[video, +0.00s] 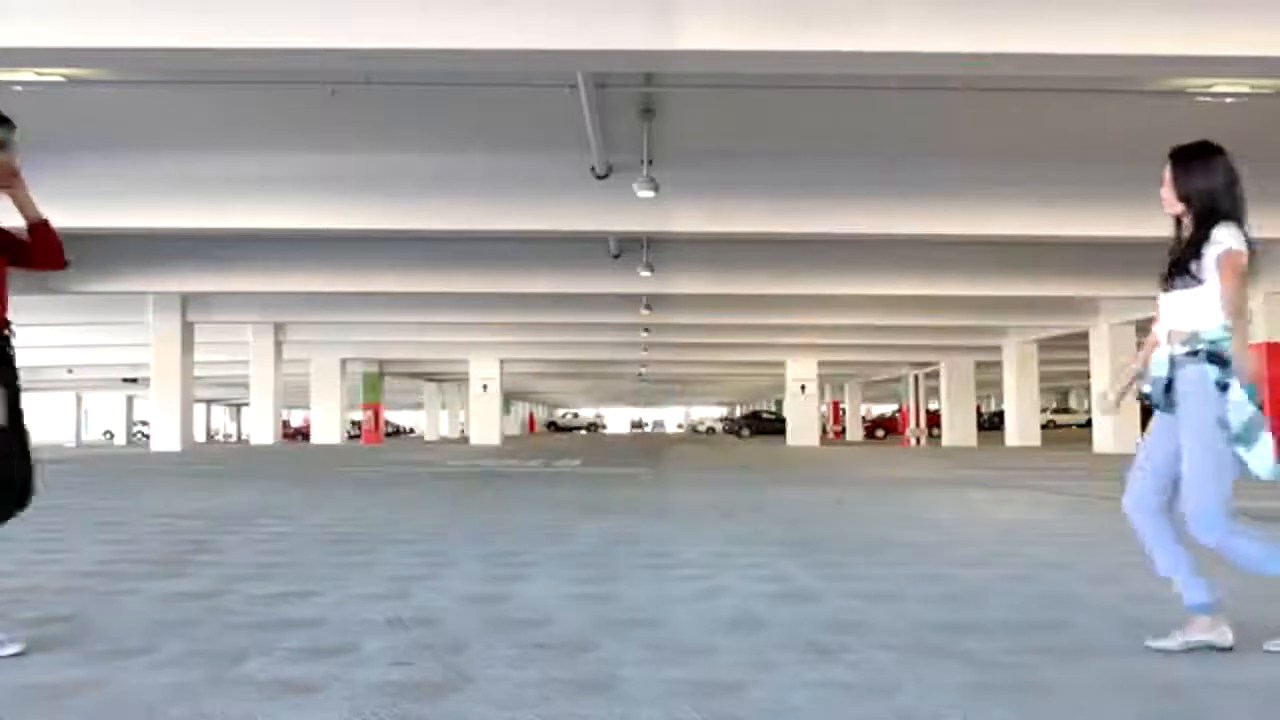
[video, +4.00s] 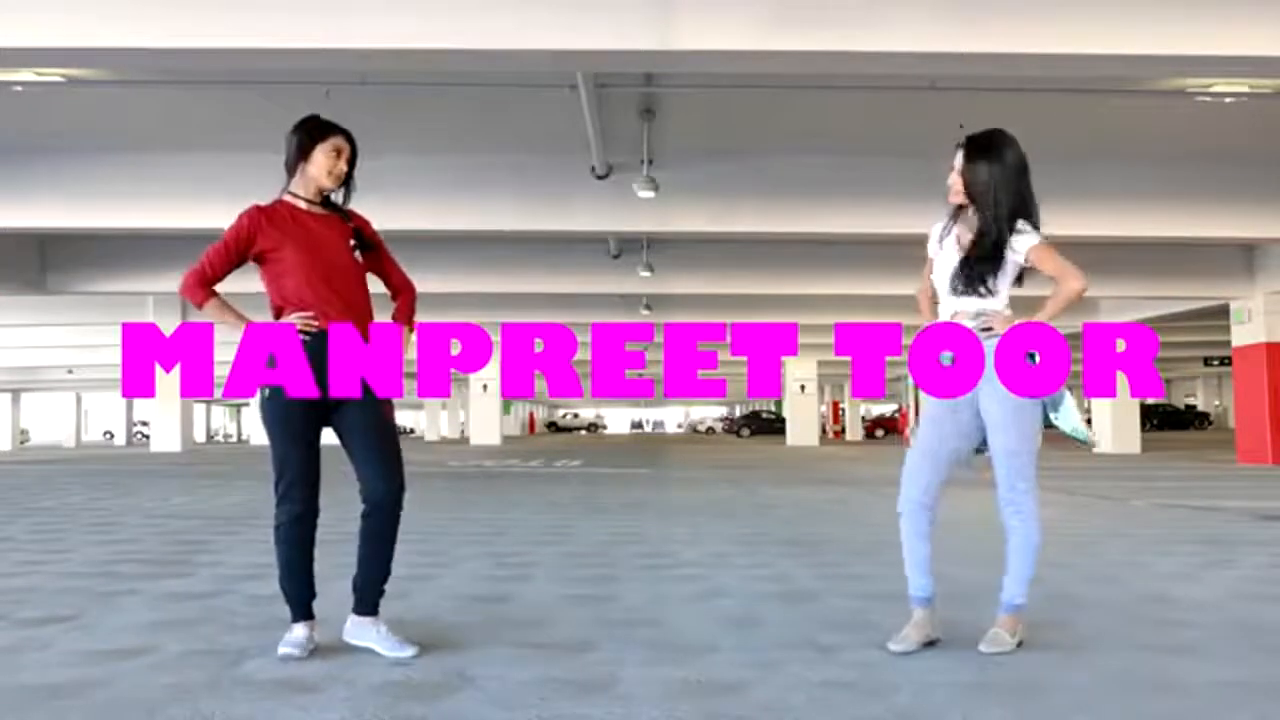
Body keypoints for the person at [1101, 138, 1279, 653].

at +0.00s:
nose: (1162, 187)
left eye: (1170, 179)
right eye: (1164, 178)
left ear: (1193, 185)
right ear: (1199, 186)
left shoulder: (1224, 236)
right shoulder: (1190, 243)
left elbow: (1237, 317)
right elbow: (1166, 322)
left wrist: (1247, 391)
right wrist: (1138, 373)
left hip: (1206, 381)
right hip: (1175, 382)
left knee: (1207, 521)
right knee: (1141, 500)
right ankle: (1204, 618)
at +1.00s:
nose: (994, 144)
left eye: (1004, 137)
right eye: (996, 136)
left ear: (1030, 148)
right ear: (1009, 148)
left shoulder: (1076, 216)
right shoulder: (982, 209)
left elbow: (1080, 299)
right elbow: (972, 289)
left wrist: (1083, 380)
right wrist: (961, 354)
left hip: (1046, 350)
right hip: (992, 350)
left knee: (1029, 486)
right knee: (976, 487)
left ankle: (1041, 618)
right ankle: (995, 605)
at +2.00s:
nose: (926, 157)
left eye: (932, 145)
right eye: (913, 154)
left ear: (951, 152)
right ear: (905, 171)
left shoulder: (960, 222)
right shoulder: (919, 218)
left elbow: (964, 308)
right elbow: (926, 304)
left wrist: (989, 376)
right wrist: (949, 381)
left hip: (967, 358)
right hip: (929, 358)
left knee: (1000, 486)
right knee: (932, 497)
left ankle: (972, 614)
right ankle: (914, 616)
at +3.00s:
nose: (938, 165)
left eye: (942, 154)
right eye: (924, 162)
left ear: (956, 160)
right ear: (911, 176)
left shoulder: (942, 225)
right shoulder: (926, 212)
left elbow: (953, 319)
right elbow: (939, 300)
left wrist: (987, 394)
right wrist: (963, 378)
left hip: (955, 369)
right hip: (926, 368)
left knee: (998, 492)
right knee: (955, 502)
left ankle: (971, 617)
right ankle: (917, 616)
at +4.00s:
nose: (951, 177)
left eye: (961, 170)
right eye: (953, 167)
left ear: (986, 181)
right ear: (956, 174)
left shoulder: (1014, 236)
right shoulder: (944, 230)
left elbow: (1072, 281)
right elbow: (925, 291)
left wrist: (1030, 324)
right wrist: (935, 335)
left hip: (1005, 377)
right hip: (949, 378)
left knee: (1016, 496)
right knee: (915, 492)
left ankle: (1010, 615)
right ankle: (921, 612)